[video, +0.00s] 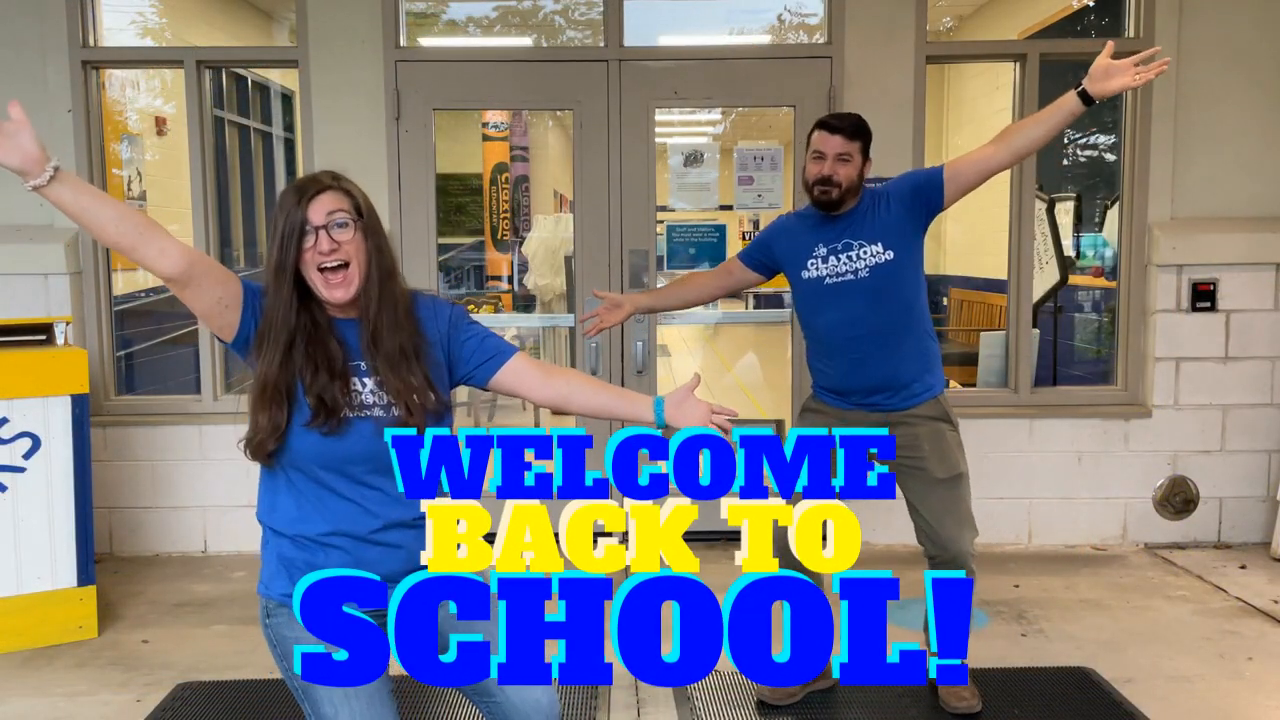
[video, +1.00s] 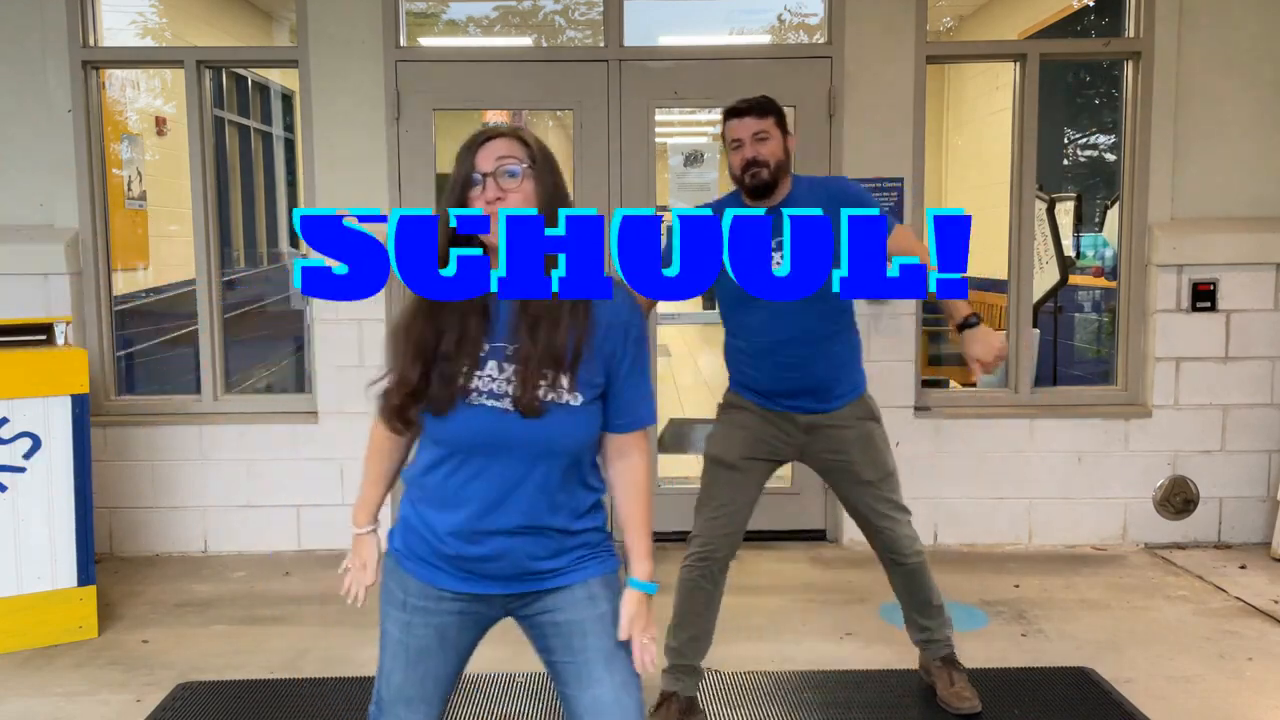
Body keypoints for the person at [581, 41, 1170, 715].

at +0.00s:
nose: (827, 168)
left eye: (841, 159)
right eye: (818, 156)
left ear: (864, 165)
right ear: (806, 162)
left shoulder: (904, 199)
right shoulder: (786, 235)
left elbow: (999, 152)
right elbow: (718, 281)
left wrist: (1084, 93)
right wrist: (638, 302)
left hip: (918, 411)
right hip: (832, 412)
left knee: (952, 544)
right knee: (802, 538)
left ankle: (951, 663)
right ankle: (803, 659)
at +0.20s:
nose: (836, 158)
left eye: (850, 148)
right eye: (826, 147)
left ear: (874, 152)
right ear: (812, 154)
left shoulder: (916, 186)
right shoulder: (794, 222)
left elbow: (1017, 151)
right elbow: (718, 265)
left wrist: (1120, 106)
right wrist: (640, 297)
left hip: (923, 402)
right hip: (837, 409)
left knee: (947, 541)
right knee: (802, 531)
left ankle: (949, 666)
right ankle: (803, 659)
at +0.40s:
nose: (849, 170)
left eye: (863, 158)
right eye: (838, 158)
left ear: (887, 165)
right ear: (824, 164)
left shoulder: (931, 215)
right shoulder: (805, 236)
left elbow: (1025, 261)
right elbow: (763, 319)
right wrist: (721, 389)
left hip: (934, 413)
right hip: (849, 412)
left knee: (951, 552)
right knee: (813, 537)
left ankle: (947, 663)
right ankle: (807, 656)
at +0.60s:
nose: (858, 171)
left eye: (872, 159)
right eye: (847, 159)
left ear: (896, 167)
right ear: (832, 168)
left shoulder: (940, 232)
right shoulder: (808, 243)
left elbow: (966, 328)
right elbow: (794, 331)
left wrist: (982, 415)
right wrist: (787, 402)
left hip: (932, 420)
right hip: (842, 418)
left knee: (952, 554)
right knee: (809, 539)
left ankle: (948, 665)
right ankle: (806, 661)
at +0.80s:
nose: (819, 145)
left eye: (833, 132)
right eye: (807, 134)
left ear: (858, 138)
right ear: (794, 145)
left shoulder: (905, 194)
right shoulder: (773, 212)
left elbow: (975, 266)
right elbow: (723, 276)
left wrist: (1013, 348)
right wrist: (686, 336)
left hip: (898, 398)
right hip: (810, 394)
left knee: (933, 529)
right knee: (763, 523)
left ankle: (942, 657)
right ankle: (720, 663)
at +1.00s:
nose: (750, 152)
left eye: (761, 138)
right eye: (736, 144)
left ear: (788, 142)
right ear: (725, 156)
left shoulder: (833, 199)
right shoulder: (715, 221)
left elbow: (917, 252)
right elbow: (647, 297)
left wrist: (968, 326)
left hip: (840, 412)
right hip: (751, 412)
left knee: (899, 542)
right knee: (708, 548)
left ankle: (940, 657)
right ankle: (678, 690)